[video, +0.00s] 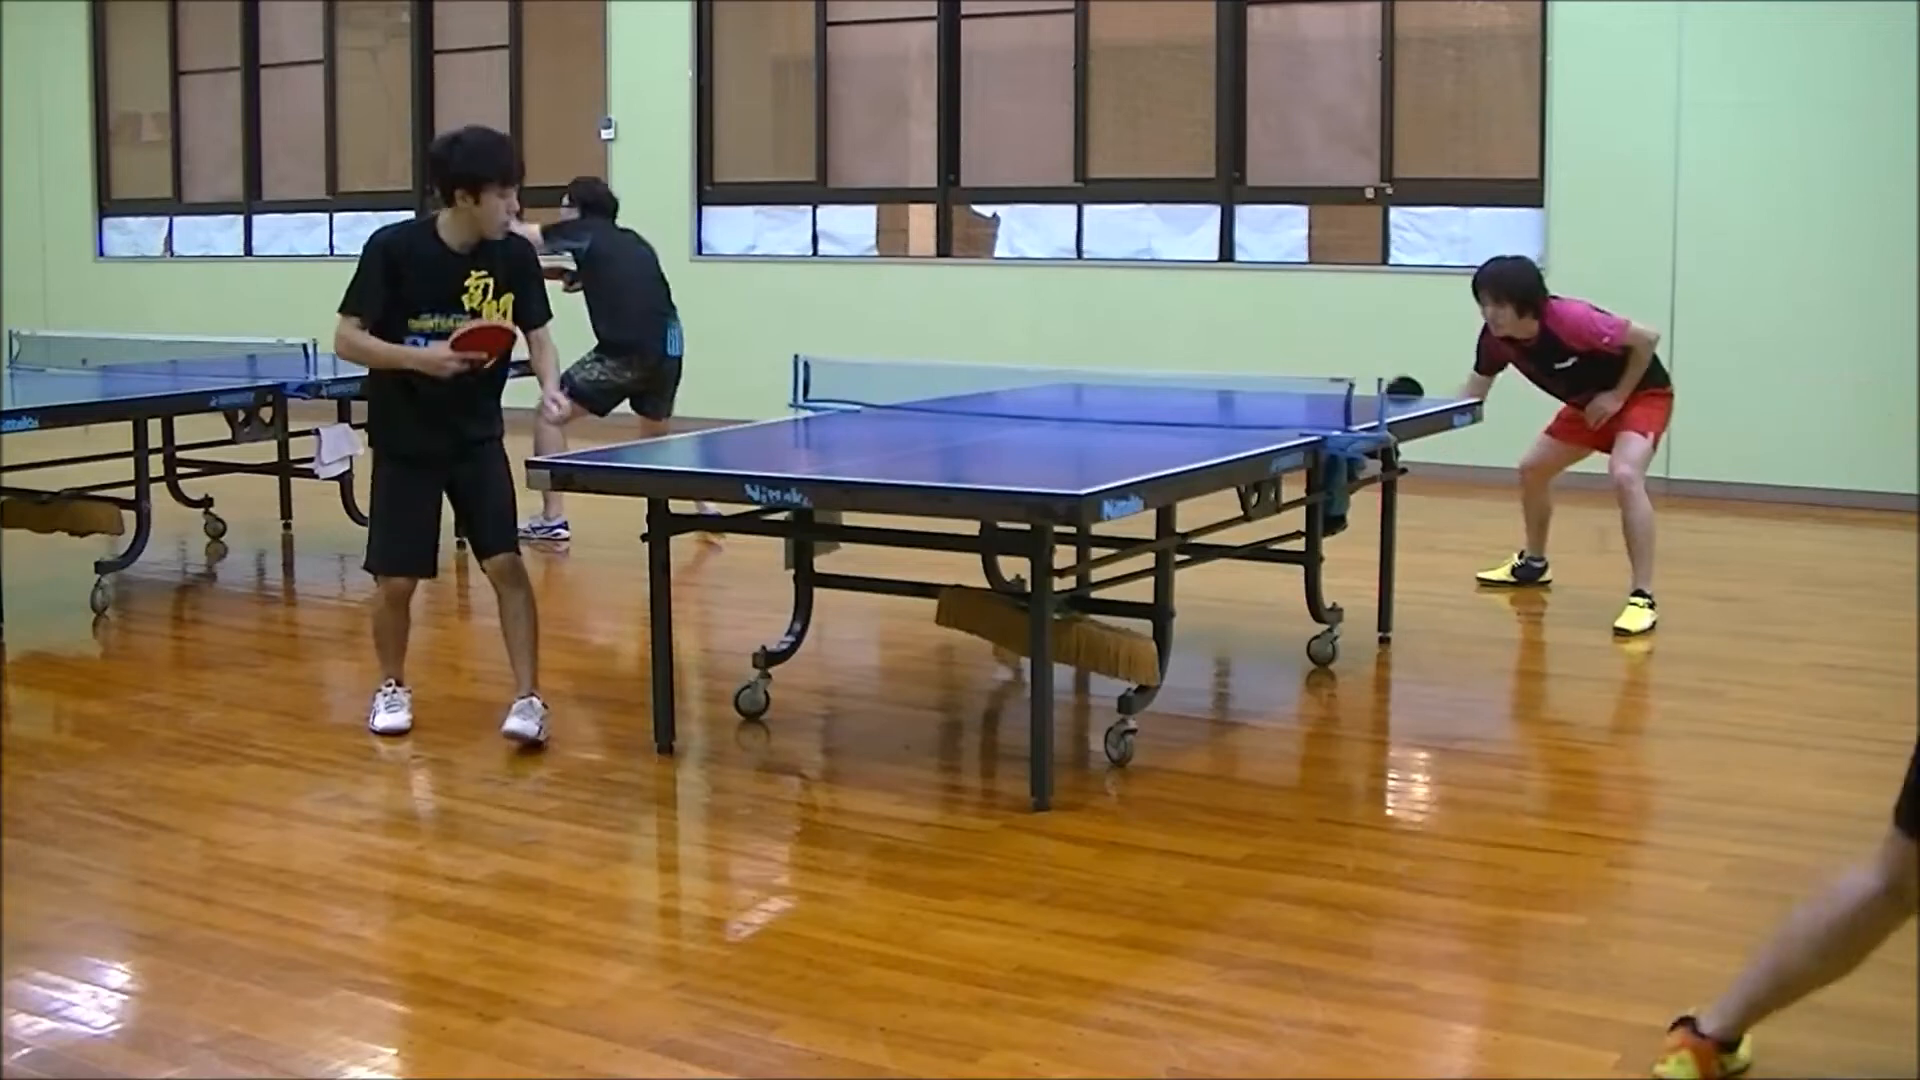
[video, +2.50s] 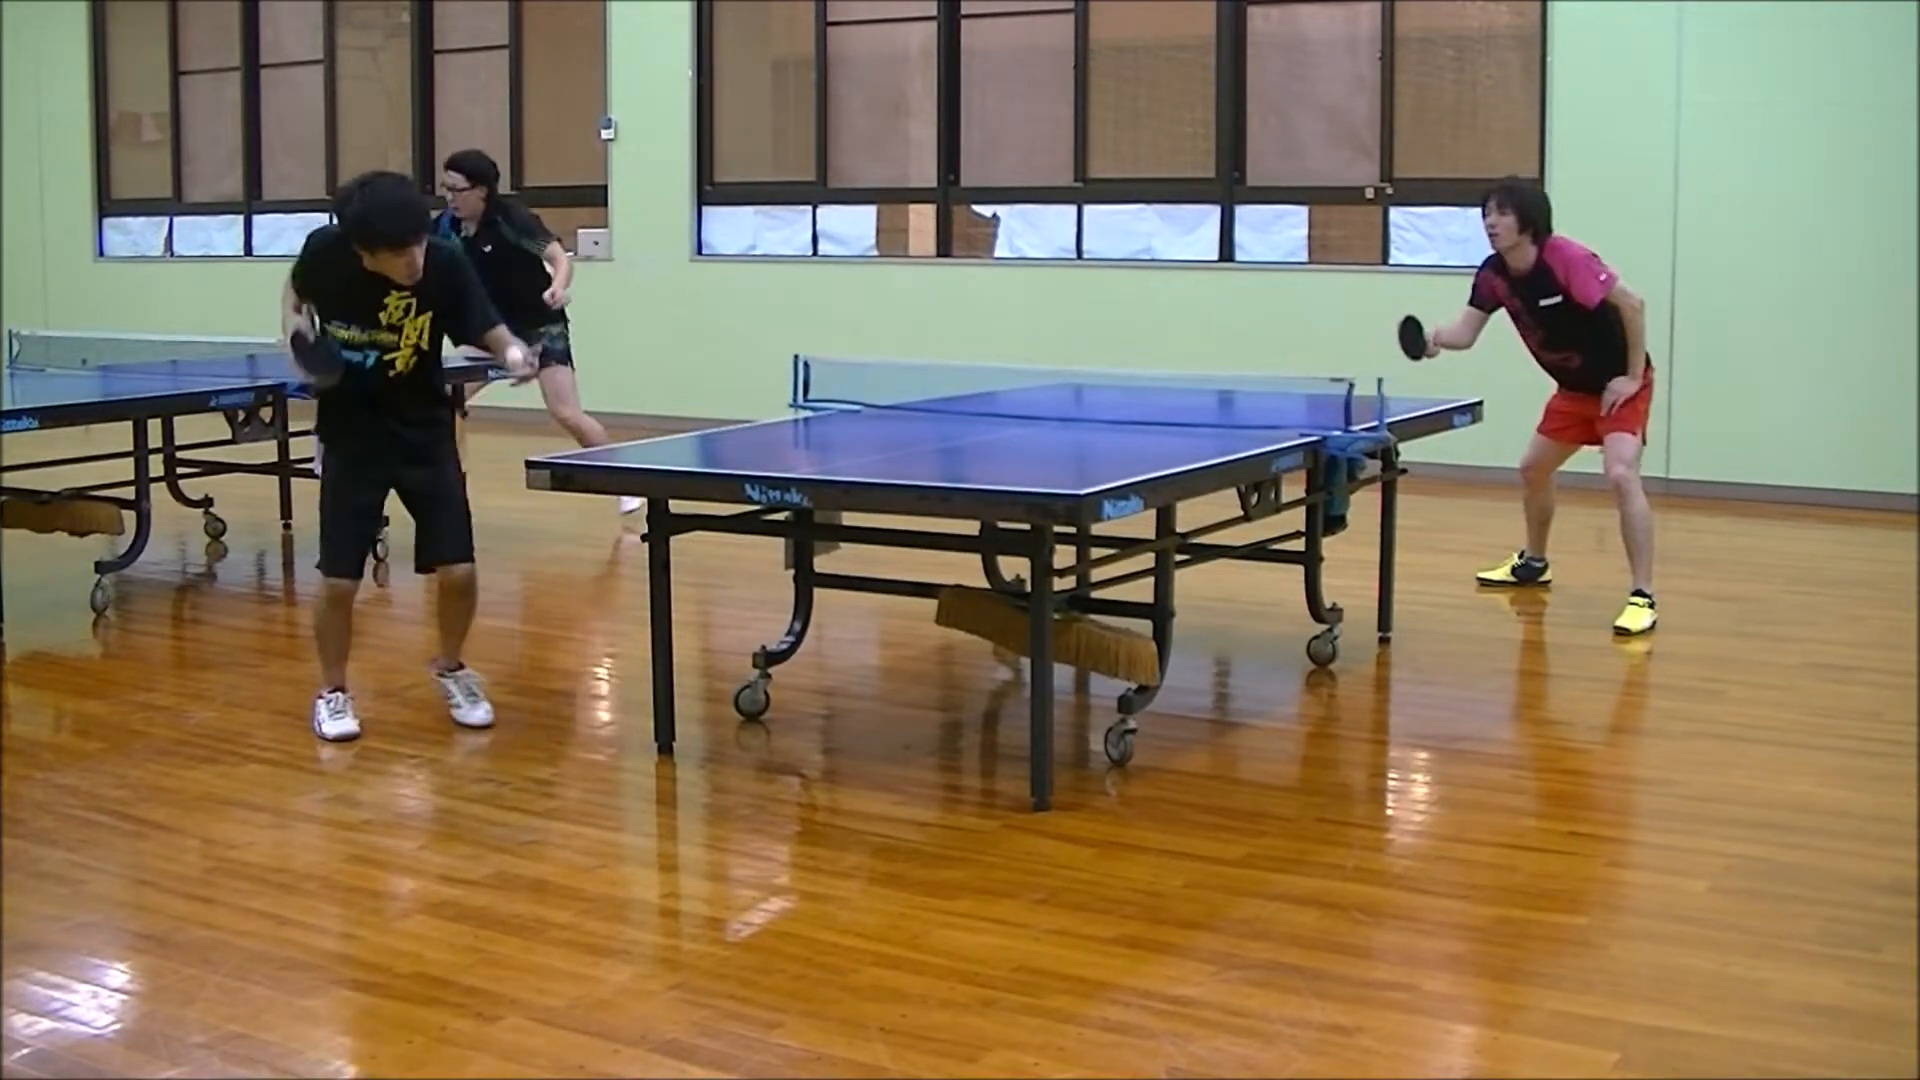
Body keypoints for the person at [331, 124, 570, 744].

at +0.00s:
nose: (511, 205)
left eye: (512, 193)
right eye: (502, 194)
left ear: (495, 194)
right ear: (463, 195)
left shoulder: (512, 253)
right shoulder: (392, 249)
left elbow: (538, 333)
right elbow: (347, 339)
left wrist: (549, 386)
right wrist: (418, 357)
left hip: (477, 440)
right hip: (404, 444)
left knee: (506, 565)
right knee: (396, 583)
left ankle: (527, 698)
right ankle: (391, 687)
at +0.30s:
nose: (523, 294)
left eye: (532, 281)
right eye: (513, 281)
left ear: (542, 268)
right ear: (479, 264)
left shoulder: (542, 308)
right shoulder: (422, 283)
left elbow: (560, 397)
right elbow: (381, 377)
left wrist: (571, 431)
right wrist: (448, 383)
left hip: (496, 461)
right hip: (423, 457)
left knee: (494, 574)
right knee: (403, 598)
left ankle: (525, 707)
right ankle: (394, 688)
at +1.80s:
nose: (555, 348)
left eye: (562, 337)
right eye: (545, 337)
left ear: (573, 324)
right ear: (510, 318)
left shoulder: (574, 344)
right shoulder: (462, 304)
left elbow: (554, 435)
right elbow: (371, 349)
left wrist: (533, 431)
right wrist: (439, 332)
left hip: (520, 473)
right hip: (453, 463)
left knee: (508, 595)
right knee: (438, 578)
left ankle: (525, 708)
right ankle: (427, 659)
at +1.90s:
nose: (548, 345)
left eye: (554, 334)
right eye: (537, 334)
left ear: (563, 319)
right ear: (503, 316)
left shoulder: (565, 345)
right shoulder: (457, 303)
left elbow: (550, 436)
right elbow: (346, 314)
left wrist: (531, 432)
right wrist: (378, 310)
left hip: (513, 475)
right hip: (448, 465)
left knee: (508, 598)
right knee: (418, 580)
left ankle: (525, 709)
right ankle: (406, 653)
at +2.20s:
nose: (483, 316)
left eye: (489, 302)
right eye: (470, 307)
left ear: (496, 287)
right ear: (433, 296)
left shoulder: (510, 330)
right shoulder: (395, 285)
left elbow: (505, 417)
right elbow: (352, 280)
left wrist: (506, 479)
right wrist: (309, 306)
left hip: (475, 480)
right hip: (404, 473)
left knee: (480, 596)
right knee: (363, 611)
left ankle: (524, 708)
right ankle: (333, 692)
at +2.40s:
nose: (421, 277)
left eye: (427, 262)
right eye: (407, 268)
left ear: (435, 248)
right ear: (371, 263)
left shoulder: (452, 288)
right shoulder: (338, 266)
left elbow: (488, 373)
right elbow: (317, 297)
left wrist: (518, 431)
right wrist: (297, 339)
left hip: (437, 450)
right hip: (363, 450)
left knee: (471, 571)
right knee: (341, 590)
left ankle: (496, 691)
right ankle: (335, 694)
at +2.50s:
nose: (417, 261)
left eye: (420, 246)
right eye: (402, 253)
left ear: (426, 230)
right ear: (364, 249)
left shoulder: (442, 261)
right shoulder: (326, 252)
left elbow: (485, 326)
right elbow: (294, 294)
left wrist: (513, 352)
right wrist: (298, 338)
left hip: (424, 429)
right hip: (352, 430)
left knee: (459, 569)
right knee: (339, 580)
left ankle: (451, 668)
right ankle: (333, 693)